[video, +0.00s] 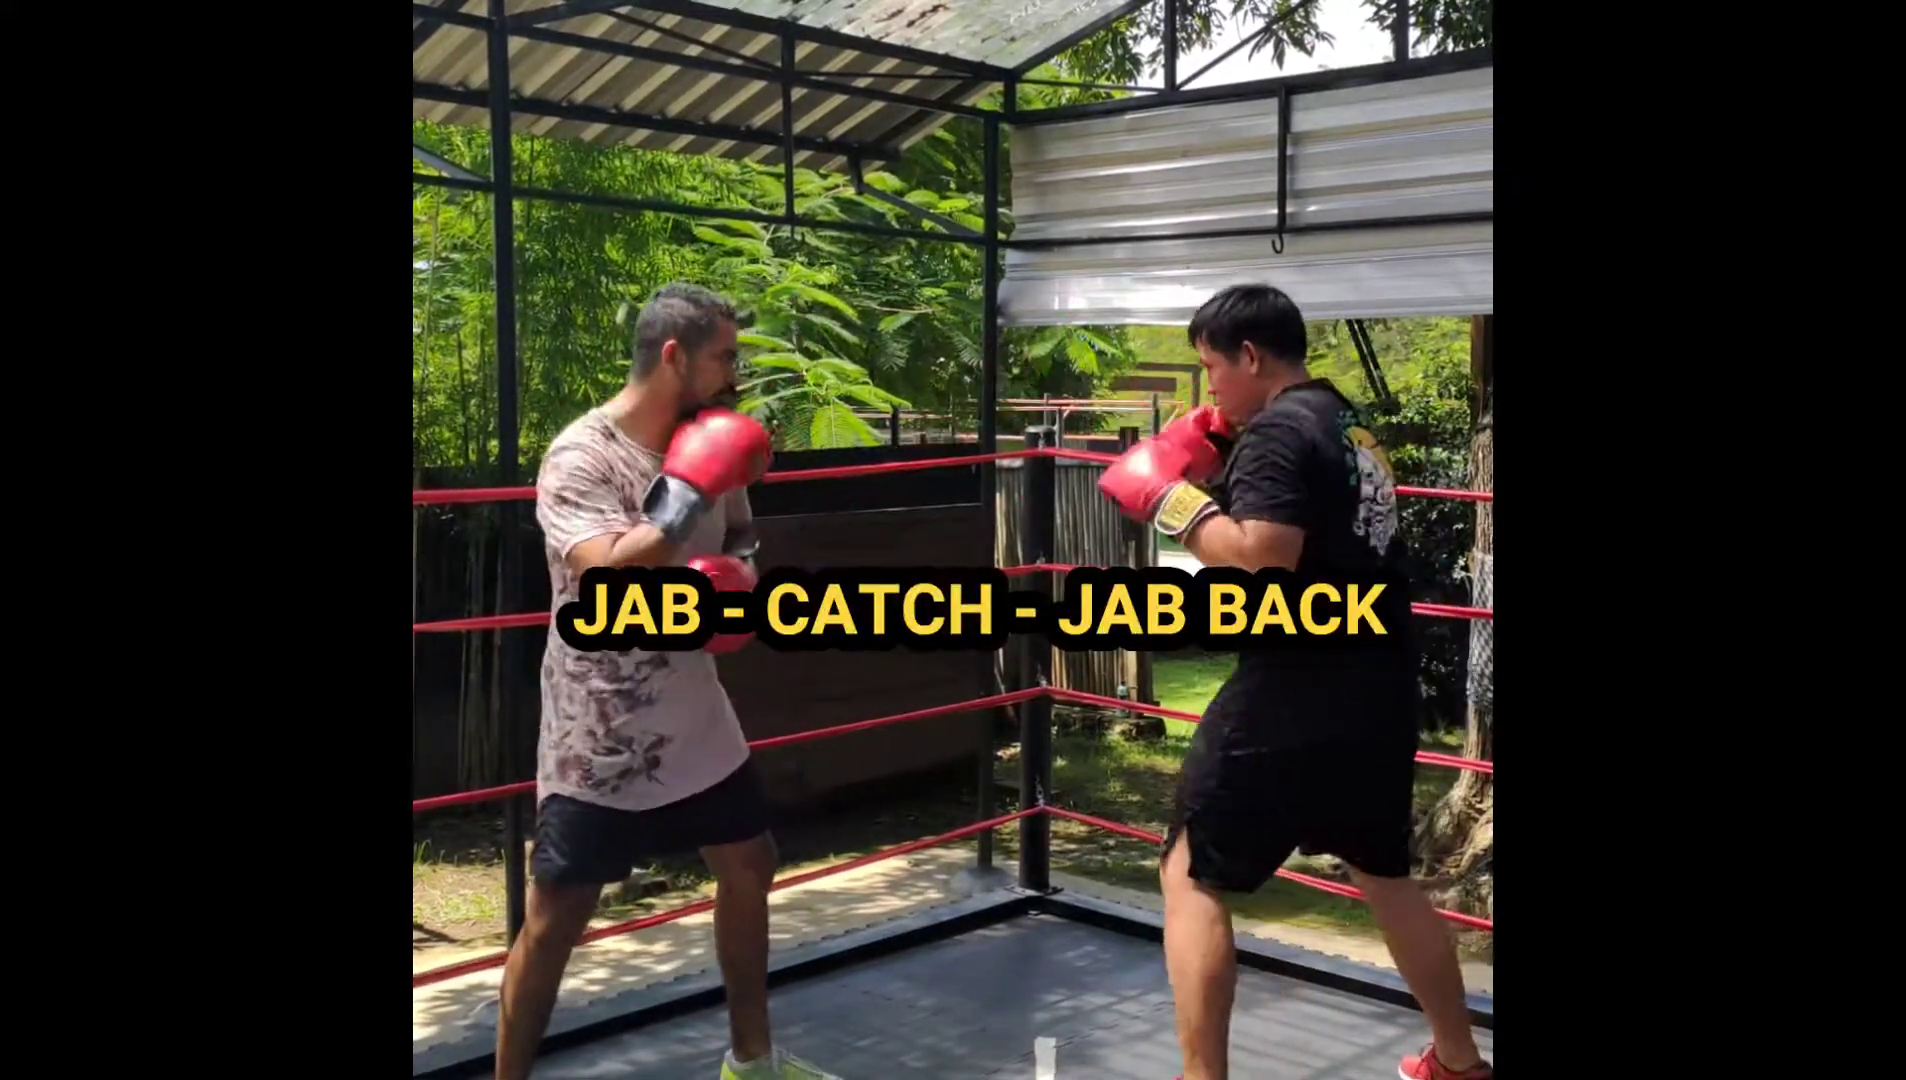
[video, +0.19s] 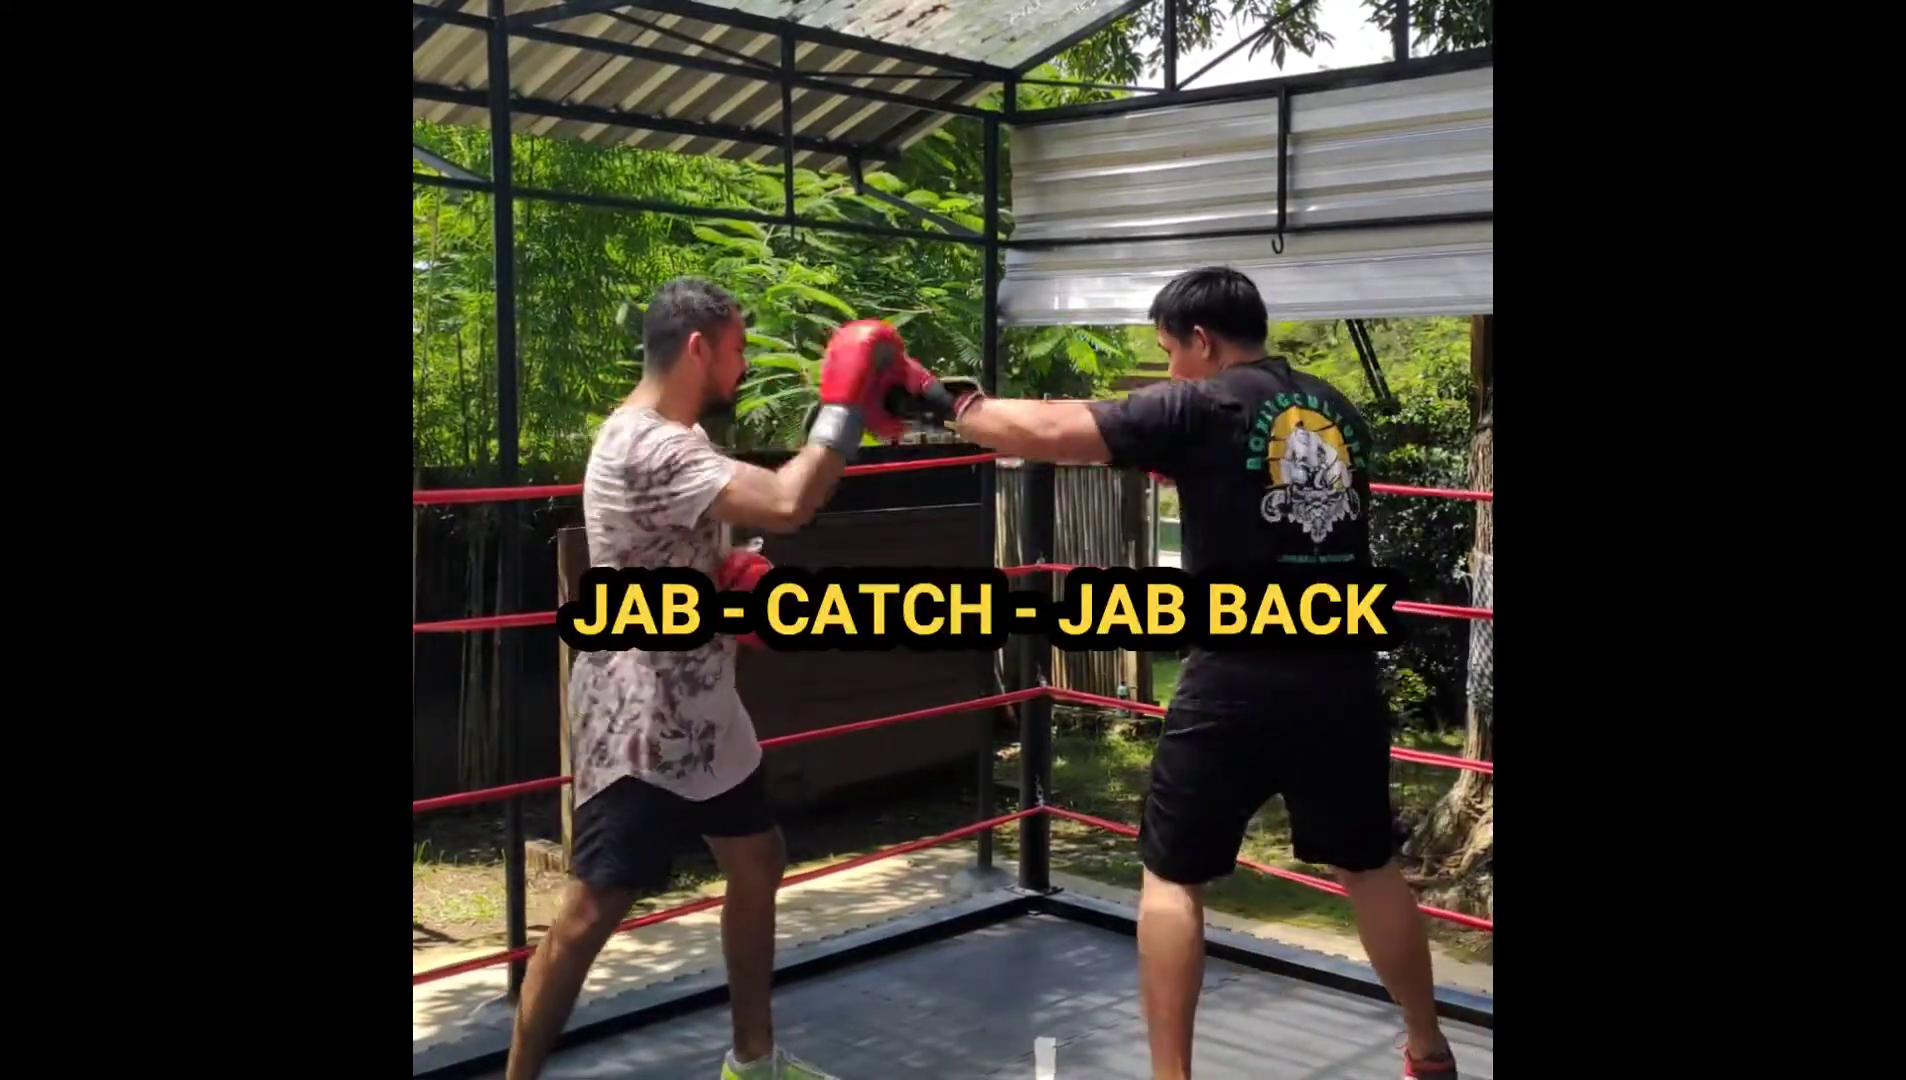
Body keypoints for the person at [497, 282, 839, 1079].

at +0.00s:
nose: (735, 374)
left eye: (737, 359)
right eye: (726, 358)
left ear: (681, 358)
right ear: (672, 354)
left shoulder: (709, 450)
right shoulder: (576, 458)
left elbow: (743, 551)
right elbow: (602, 565)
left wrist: (735, 586)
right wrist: (689, 494)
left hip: (693, 712)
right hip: (593, 729)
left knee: (748, 867)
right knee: (552, 923)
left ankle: (753, 1059)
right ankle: (508, 1075)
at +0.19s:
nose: (745, 365)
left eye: (744, 348)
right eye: (737, 348)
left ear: (682, 349)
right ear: (697, 347)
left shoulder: (671, 435)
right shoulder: (646, 444)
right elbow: (787, 502)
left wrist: (736, 578)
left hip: (705, 707)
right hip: (638, 717)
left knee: (758, 863)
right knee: (587, 916)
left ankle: (754, 1055)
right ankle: (519, 1074)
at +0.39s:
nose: (739, 362)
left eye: (739, 347)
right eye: (732, 346)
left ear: (672, 348)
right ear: (693, 347)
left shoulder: (650, 433)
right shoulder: (656, 447)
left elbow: (675, 552)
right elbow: (792, 517)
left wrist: (745, 562)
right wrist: (820, 420)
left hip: (714, 696)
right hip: (656, 702)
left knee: (764, 860)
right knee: (621, 918)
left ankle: (754, 1056)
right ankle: (523, 1073)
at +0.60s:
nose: (727, 369)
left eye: (728, 353)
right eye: (720, 352)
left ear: (668, 356)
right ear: (674, 354)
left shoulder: (673, 445)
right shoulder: (594, 459)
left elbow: (693, 540)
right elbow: (686, 562)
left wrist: (720, 563)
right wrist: (734, 471)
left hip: (692, 706)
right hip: (611, 717)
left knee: (740, 867)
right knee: (582, 923)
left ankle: (755, 1059)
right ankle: (513, 1074)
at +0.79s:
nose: (698, 391)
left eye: (700, 373)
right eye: (690, 373)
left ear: (638, 374)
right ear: (640, 372)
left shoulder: (652, 461)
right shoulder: (550, 478)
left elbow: (660, 570)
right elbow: (614, 603)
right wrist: (687, 513)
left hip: (652, 718)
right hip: (564, 732)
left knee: (719, 872)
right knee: (546, 936)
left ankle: (752, 1059)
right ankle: (502, 1077)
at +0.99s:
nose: (698, 393)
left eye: (701, 376)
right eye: (690, 374)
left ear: (640, 372)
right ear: (638, 369)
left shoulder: (643, 457)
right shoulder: (547, 467)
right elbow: (604, 594)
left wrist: (695, 551)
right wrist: (681, 499)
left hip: (653, 713)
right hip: (566, 726)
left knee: (723, 872)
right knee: (547, 936)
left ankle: (761, 1059)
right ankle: (501, 1077)